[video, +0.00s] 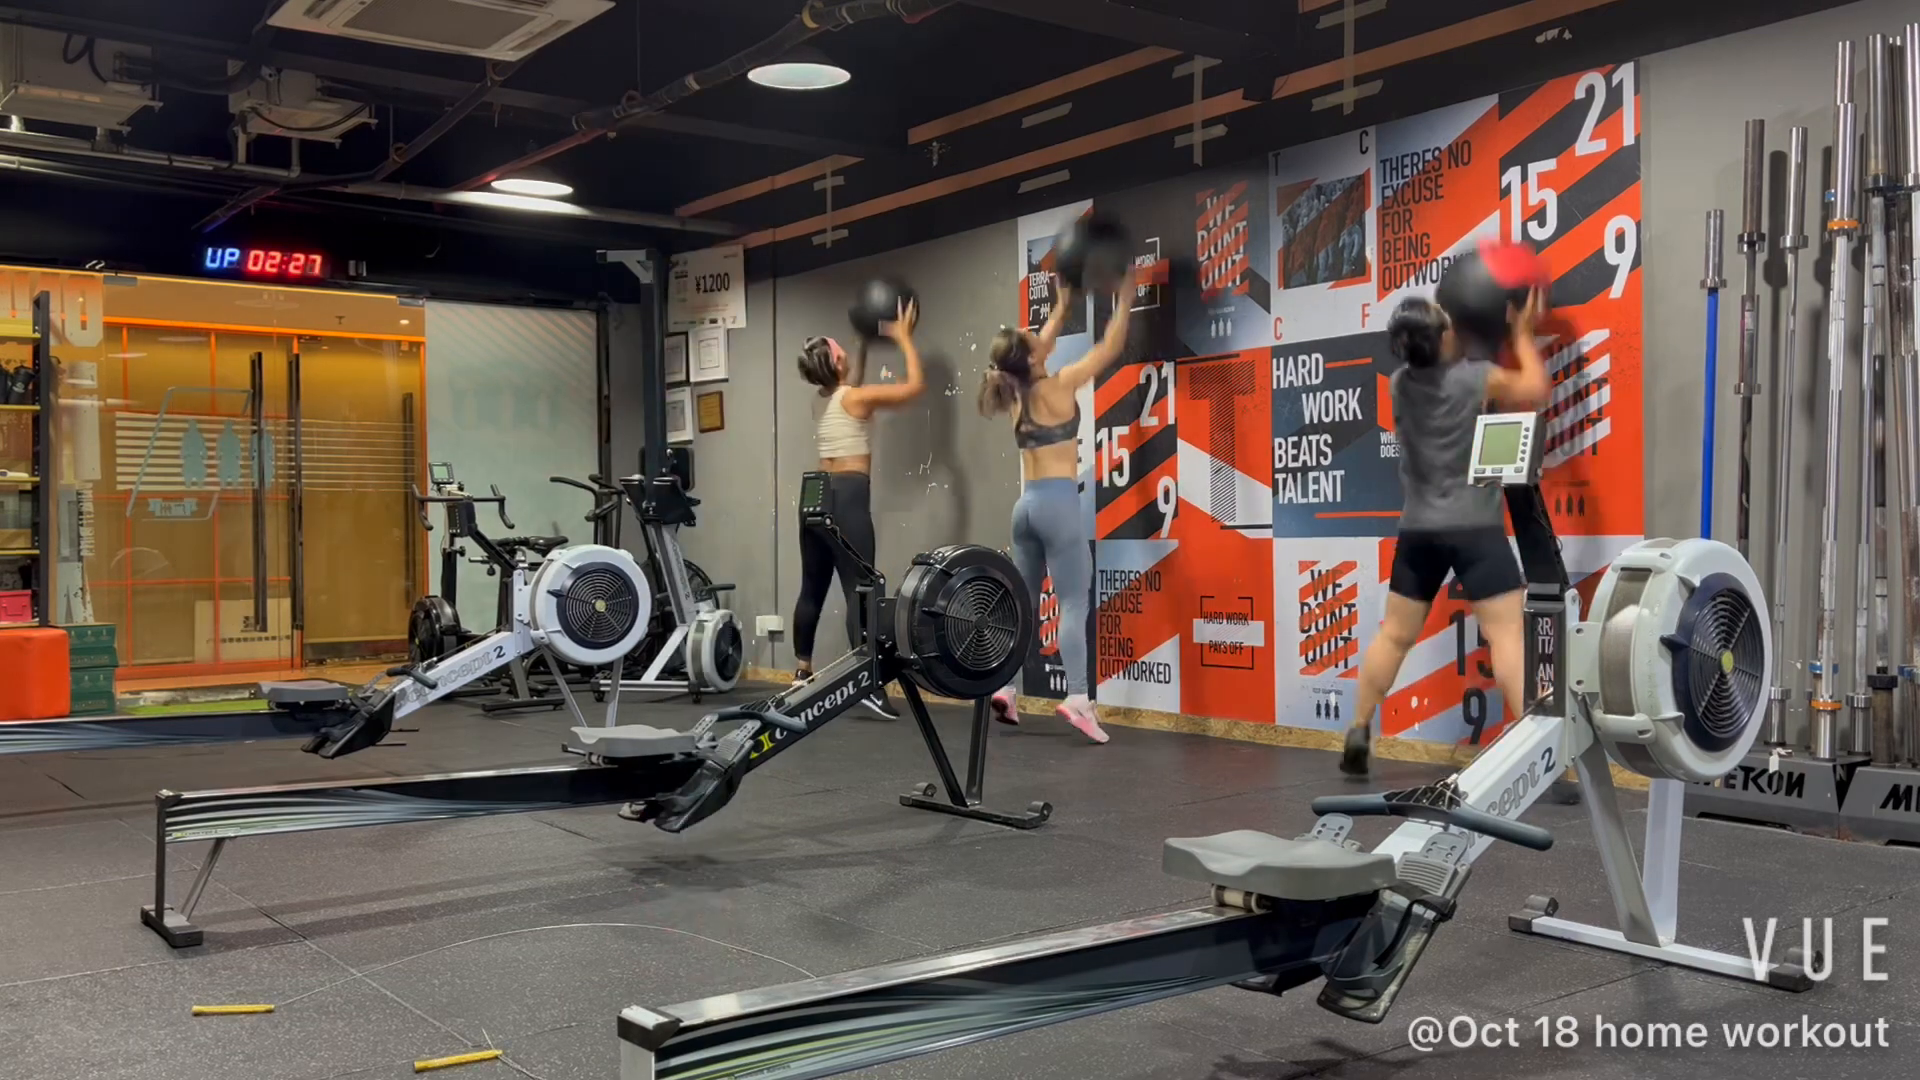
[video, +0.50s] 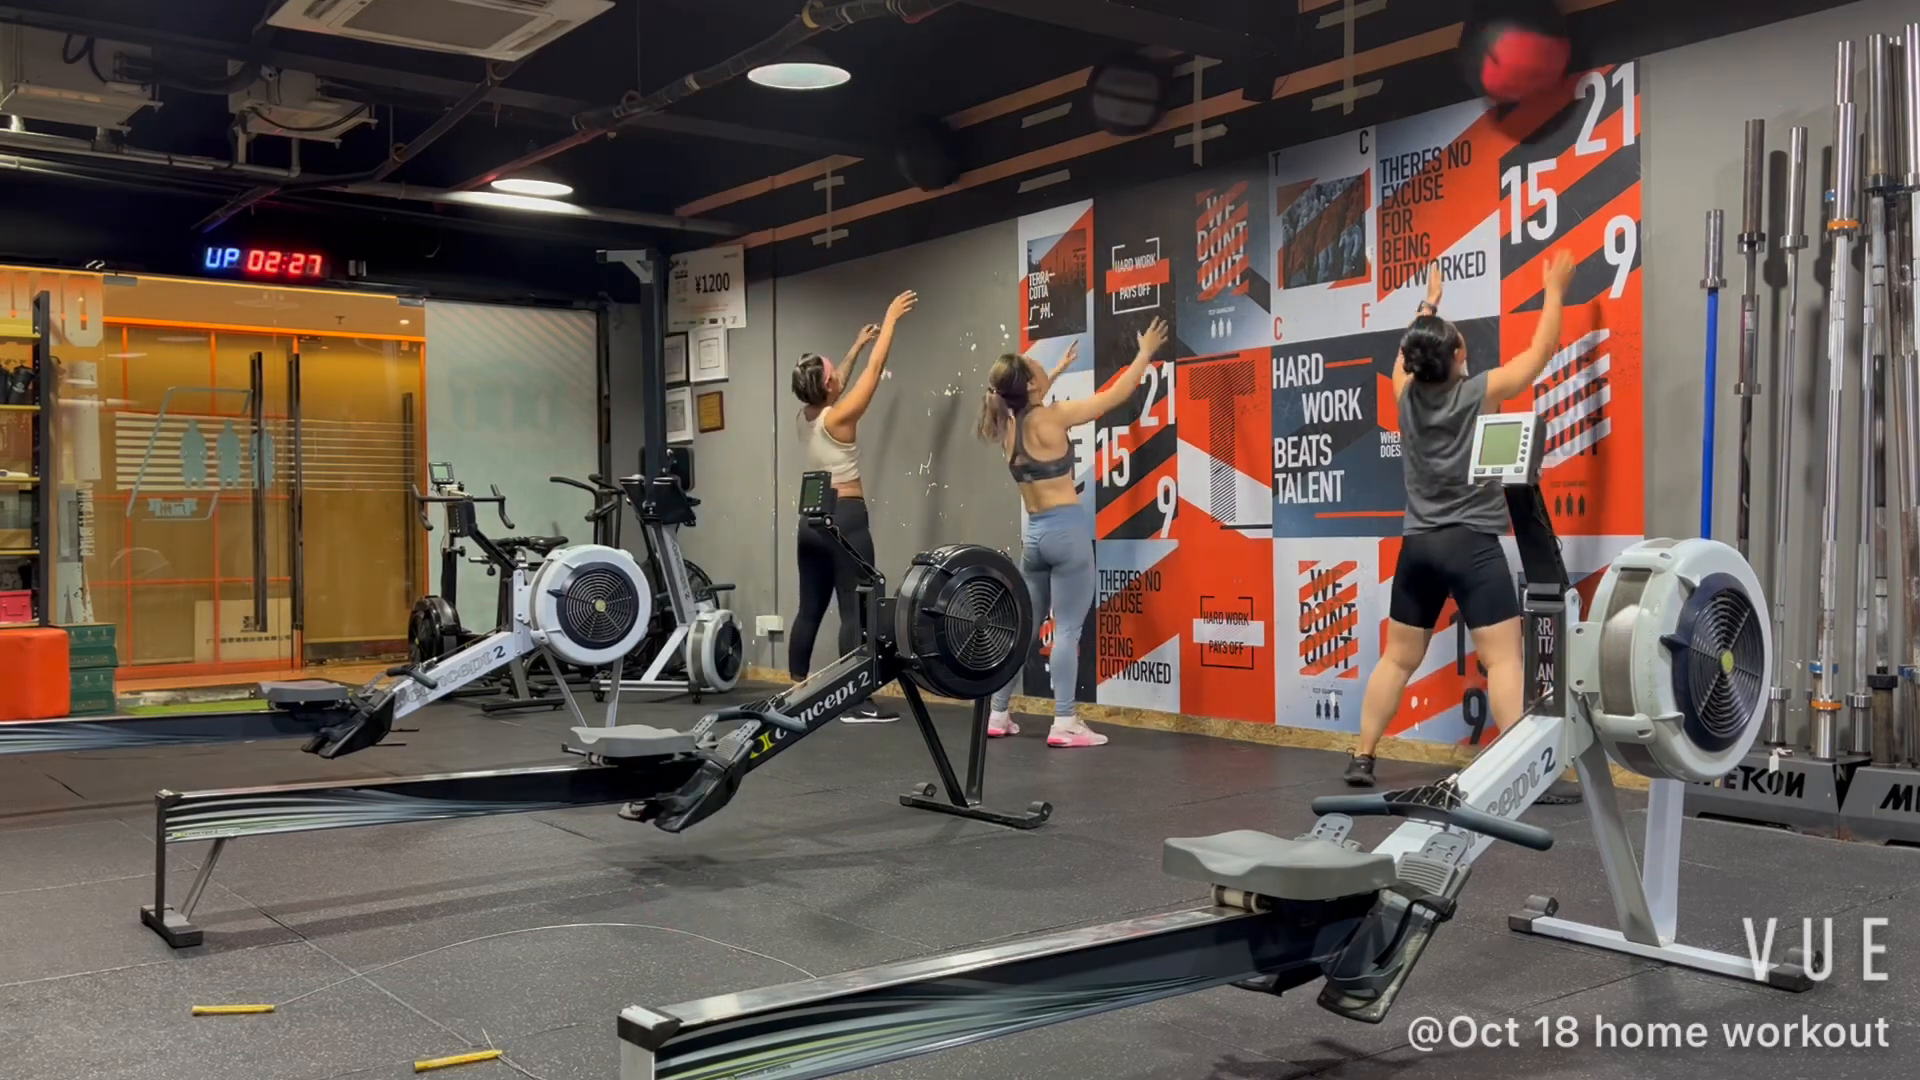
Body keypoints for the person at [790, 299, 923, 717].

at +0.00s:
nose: (841, 347)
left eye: (835, 344)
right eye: (838, 346)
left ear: (821, 370)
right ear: (837, 360)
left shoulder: (824, 402)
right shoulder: (855, 396)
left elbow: (858, 392)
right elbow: (914, 387)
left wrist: (865, 349)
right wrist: (905, 339)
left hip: (817, 497)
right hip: (848, 497)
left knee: (812, 588)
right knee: (860, 589)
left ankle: (803, 672)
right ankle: (867, 681)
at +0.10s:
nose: (837, 344)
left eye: (834, 343)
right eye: (834, 345)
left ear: (817, 370)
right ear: (833, 361)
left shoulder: (821, 396)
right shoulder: (856, 391)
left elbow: (843, 352)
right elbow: (888, 336)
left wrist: (860, 306)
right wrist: (899, 288)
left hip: (819, 494)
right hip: (850, 494)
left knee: (815, 588)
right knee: (864, 589)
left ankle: (801, 672)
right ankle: (865, 682)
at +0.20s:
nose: (839, 355)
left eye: (835, 354)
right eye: (834, 356)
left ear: (816, 381)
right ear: (831, 375)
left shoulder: (815, 407)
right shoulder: (849, 404)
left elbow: (839, 357)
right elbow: (875, 351)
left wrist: (859, 314)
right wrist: (884, 304)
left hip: (821, 505)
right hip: (853, 505)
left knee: (819, 601)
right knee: (868, 598)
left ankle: (802, 686)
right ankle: (861, 691)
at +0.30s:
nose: (839, 368)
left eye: (835, 366)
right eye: (835, 369)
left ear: (814, 391)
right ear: (830, 387)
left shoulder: (810, 418)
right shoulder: (844, 418)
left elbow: (837, 373)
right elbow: (872, 366)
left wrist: (858, 335)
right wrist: (883, 317)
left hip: (820, 516)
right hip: (853, 515)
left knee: (818, 609)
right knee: (861, 609)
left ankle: (800, 694)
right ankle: (854, 699)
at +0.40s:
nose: (837, 367)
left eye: (833, 364)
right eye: (833, 367)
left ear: (812, 388)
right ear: (828, 382)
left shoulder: (807, 416)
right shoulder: (842, 415)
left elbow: (834, 377)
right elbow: (875, 365)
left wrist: (859, 342)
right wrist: (887, 317)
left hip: (817, 513)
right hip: (849, 512)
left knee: (815, 610)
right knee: (859, 609)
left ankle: (798, 694)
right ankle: (854, 699)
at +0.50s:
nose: (837, 370)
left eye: (833, 366)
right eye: (833, 369)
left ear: (811, 389)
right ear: (828, 383)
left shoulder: (807, 416)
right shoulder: (841, 415)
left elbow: (833, 382)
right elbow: (877, 367)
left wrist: (857, 347)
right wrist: (891, 317)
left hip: (813, 515)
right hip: (846, 513)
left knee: (809, 611)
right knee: (854, 612)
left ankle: (797, 694)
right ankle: (854, 700)